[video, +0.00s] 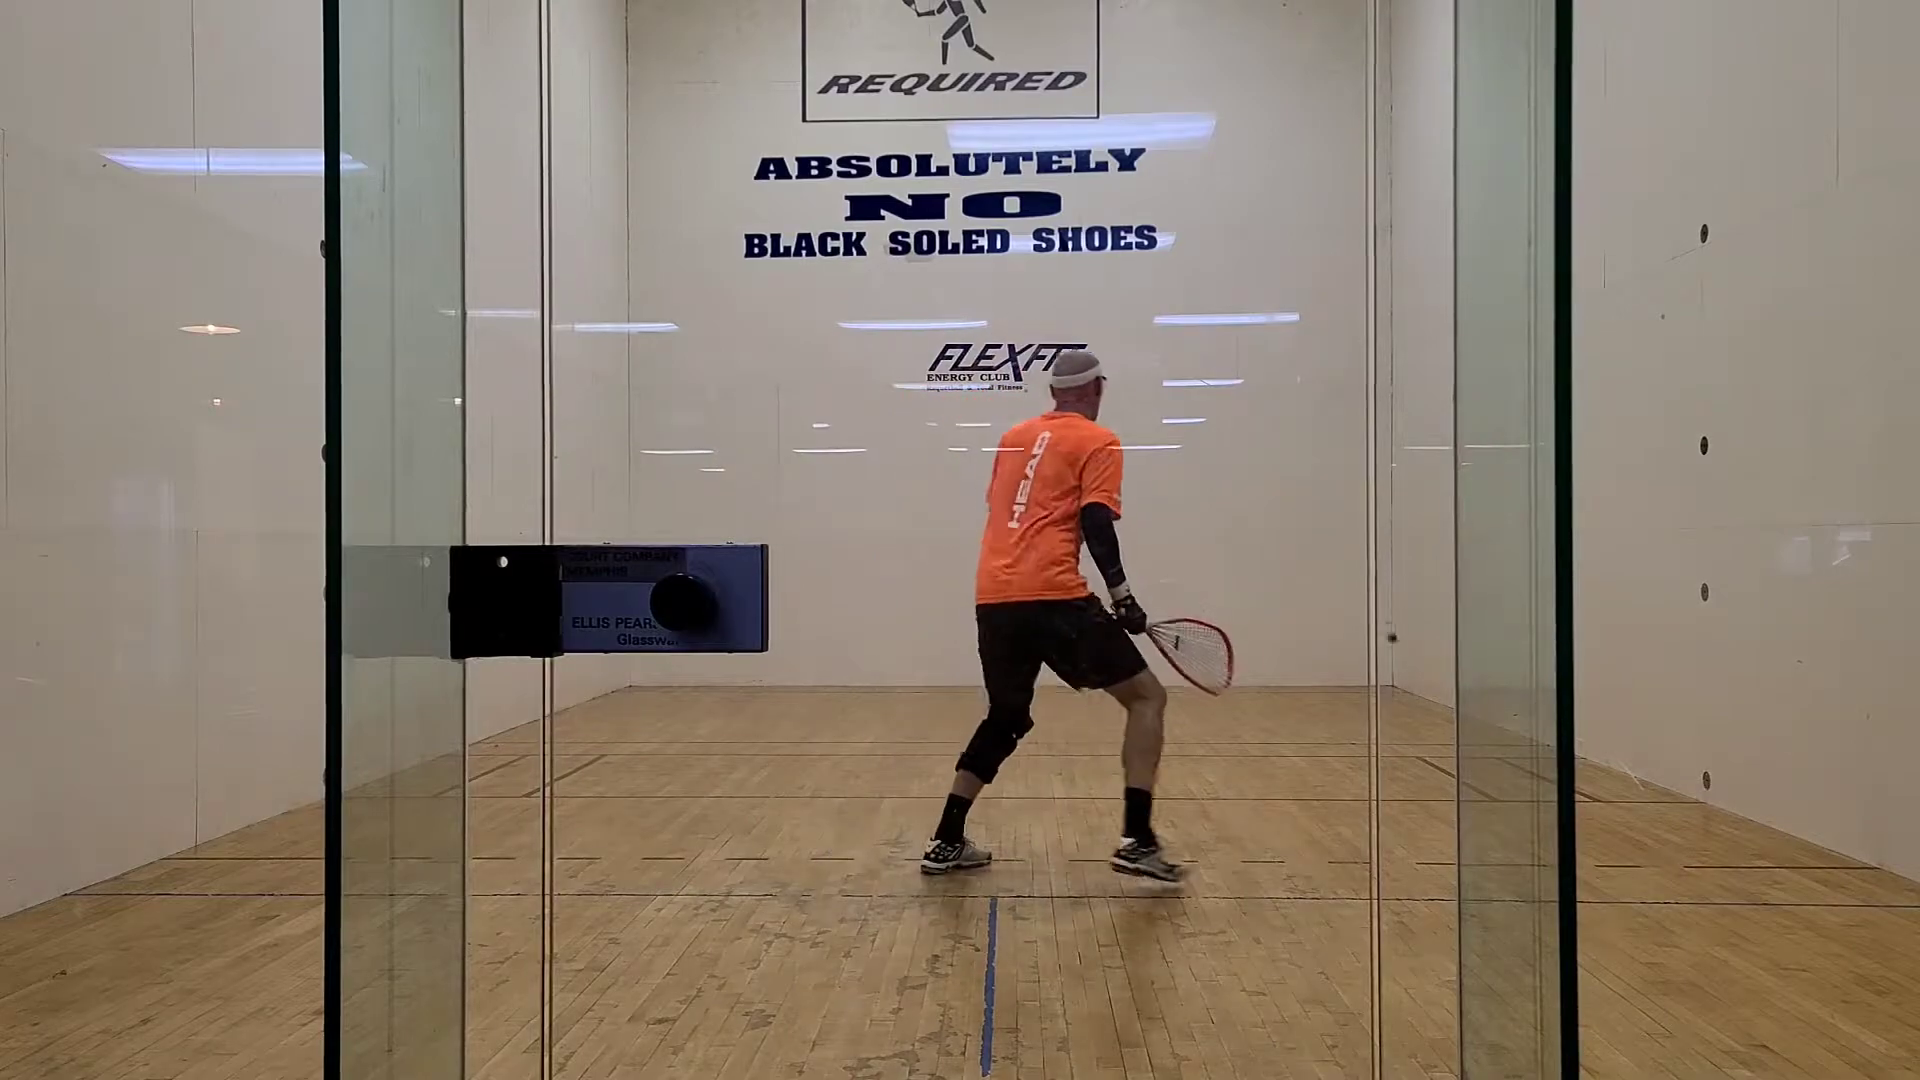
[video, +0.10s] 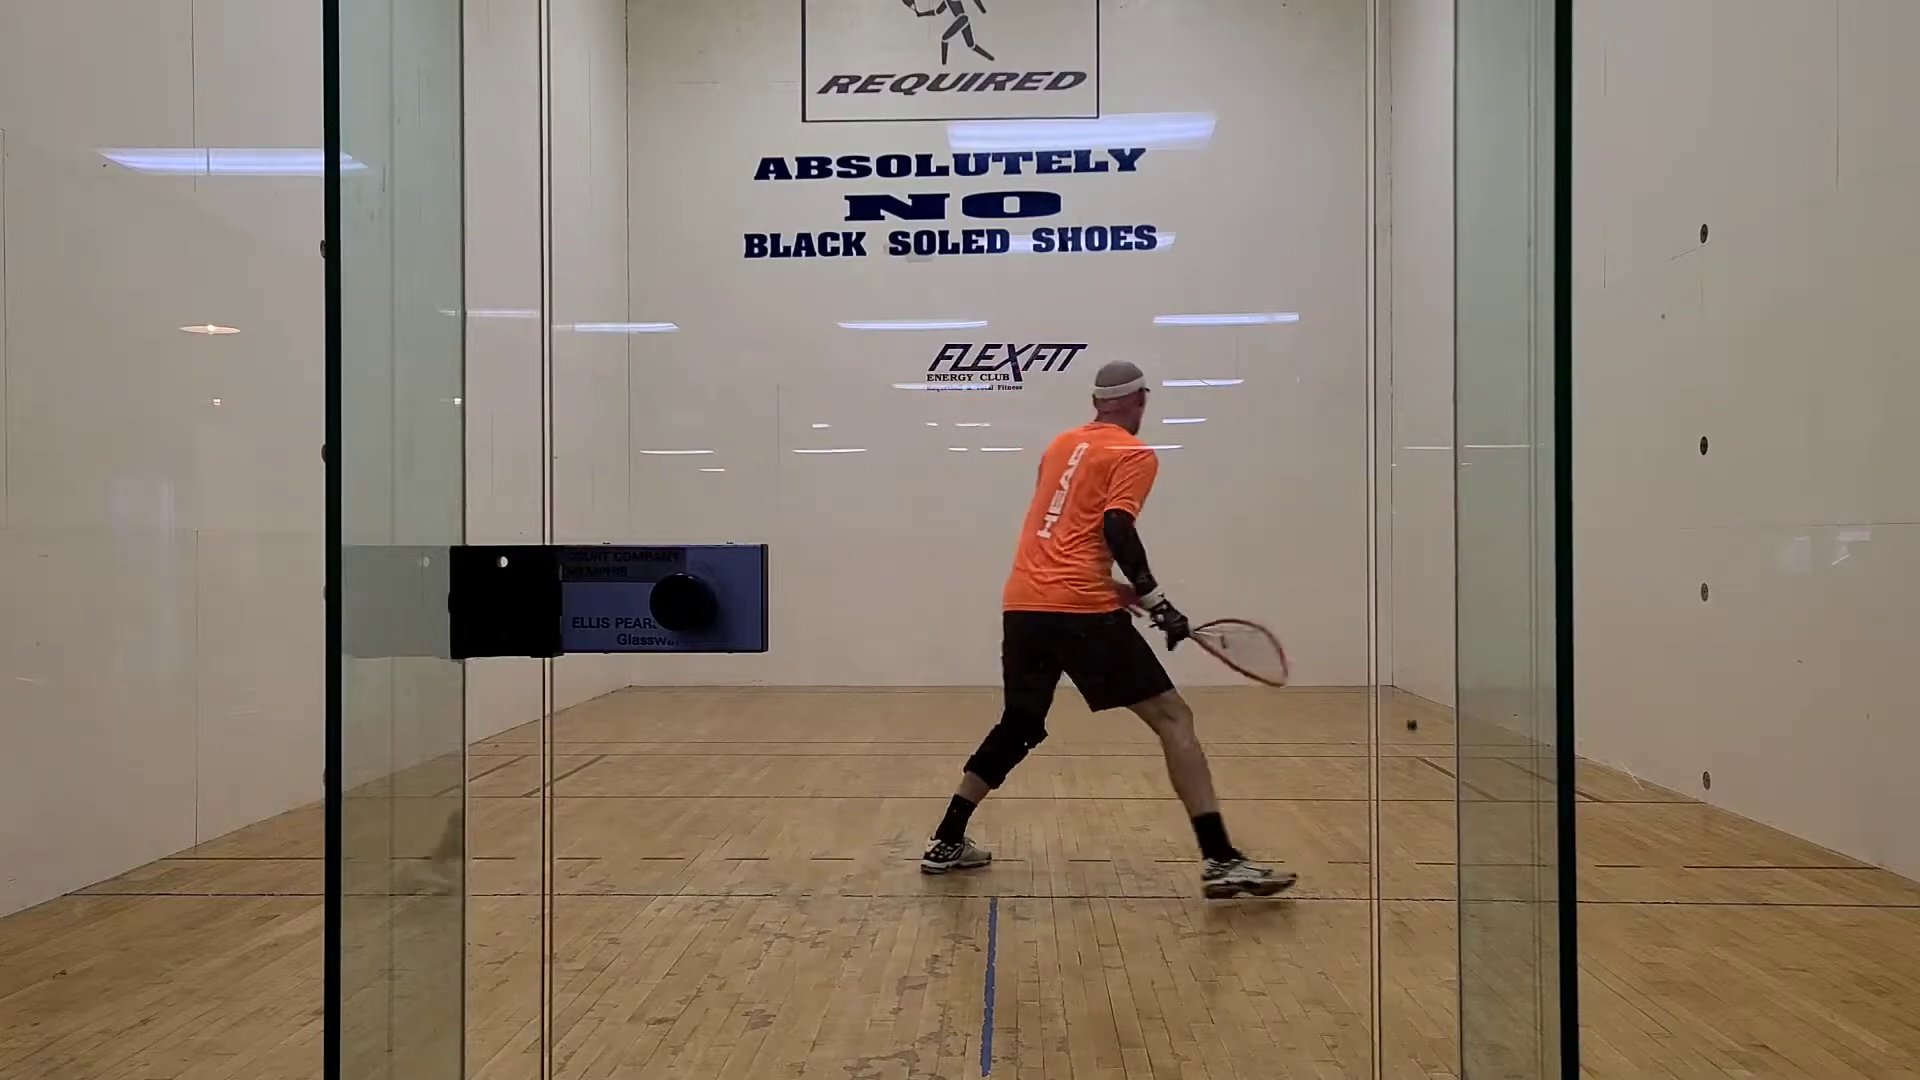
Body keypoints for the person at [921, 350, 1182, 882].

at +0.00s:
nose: (1102, 399)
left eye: (1095, 391)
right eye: (1102, 391)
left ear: (1053, 393)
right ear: (1097, 390)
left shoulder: (1013, 437)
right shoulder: (1098, 442)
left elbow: (999, 508)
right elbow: (1095, 520)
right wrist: (1122, 594)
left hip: (994, 601)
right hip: (1056, 597)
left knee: (1006, 716)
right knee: (1146, 699)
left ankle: (945, 839)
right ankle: (1138, 840)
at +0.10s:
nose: (1144, 410)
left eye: (1141, 401)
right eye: (1144, 401)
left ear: (1095, 402)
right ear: (1138, 402)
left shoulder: (1059, 446)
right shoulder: (1134, 454)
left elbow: (1057, 532)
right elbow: (1116, 525)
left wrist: (1112, 583)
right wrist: (1159, 603)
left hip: (1023, 607)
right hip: (1085, 609)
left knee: (1019, 726)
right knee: (1173, 718)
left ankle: (946, 840)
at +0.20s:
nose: (1198, 411)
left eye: (1196, 401)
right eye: (1194, 403)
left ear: (1149, 406)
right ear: (1186, 407)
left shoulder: (1125, 446)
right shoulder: (1172, 454)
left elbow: (1119, 542)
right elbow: (1147, 518)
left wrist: (1178, 583)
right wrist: (1214, 568)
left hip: (1062, 614)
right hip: (1116, 617)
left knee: (1050, 735)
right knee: (1212, 728)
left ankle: (955, 831)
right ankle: (1247, 875)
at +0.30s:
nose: (1251, 414)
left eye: (1250, 405)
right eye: (1247, 406)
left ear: (1203, 406)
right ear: (1232, 411)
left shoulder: (1184, 448)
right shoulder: (1201, 448)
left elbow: (1175, 525)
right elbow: (1173, 492)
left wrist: (1209, 577)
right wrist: (1259, 492)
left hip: (1088, 610)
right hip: (1140, 616)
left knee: (1098, 729)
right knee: (1233, 720)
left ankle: (993, 816)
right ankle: (1246, 874)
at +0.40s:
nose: (1280, 419)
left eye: (1279, 409)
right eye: (1279, 409)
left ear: (1235, 406)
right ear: (1268, 409)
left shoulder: (1207, 437)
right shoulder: (1228, 437)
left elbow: (1165, 480)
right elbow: (1217, 478)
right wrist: (1289, 435)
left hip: (1103, 605)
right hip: (1151, 611)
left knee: (1137, 723)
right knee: (1245, 718)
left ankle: (1062, 842)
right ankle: (1246, 874)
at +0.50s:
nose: (1286, 400)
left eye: (1286, 388)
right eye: (1281, 389)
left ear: (1241, 388)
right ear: (1260, 390)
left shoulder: (1202, 426)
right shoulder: (1241, 439)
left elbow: (1125, 452)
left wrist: (1123, 525)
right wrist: (1355, 437)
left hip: (1130, 592)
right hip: (1184, 602)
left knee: (1149, 715)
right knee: (1262, 720)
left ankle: (1071, 828)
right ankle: (1247, 874)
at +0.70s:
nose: (1227, 337)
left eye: (1211, 325)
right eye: (1231, 327)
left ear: (1184, 332)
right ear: (1235, 332)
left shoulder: (1149, 399)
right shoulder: (1259, 373)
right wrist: (1094, 480)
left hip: (1178, 584)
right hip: (1251, 581)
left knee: (1152, 708)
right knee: (1269, 713)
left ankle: (1104, 834)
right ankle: (1252, 861)